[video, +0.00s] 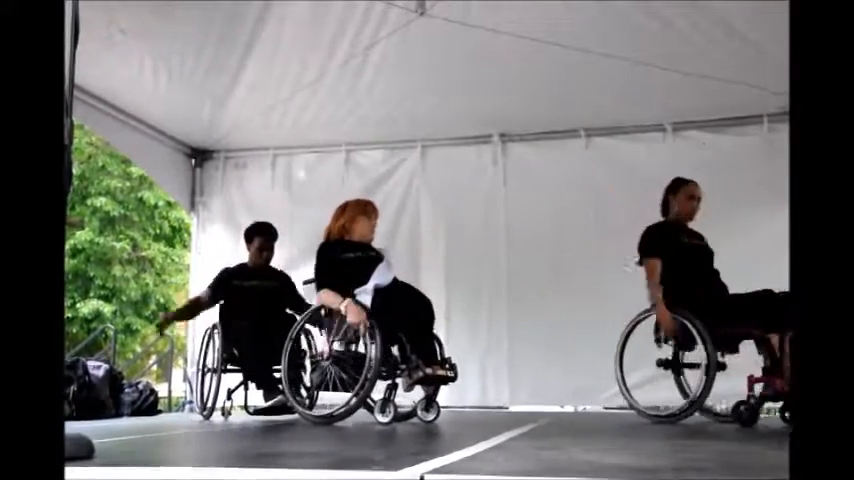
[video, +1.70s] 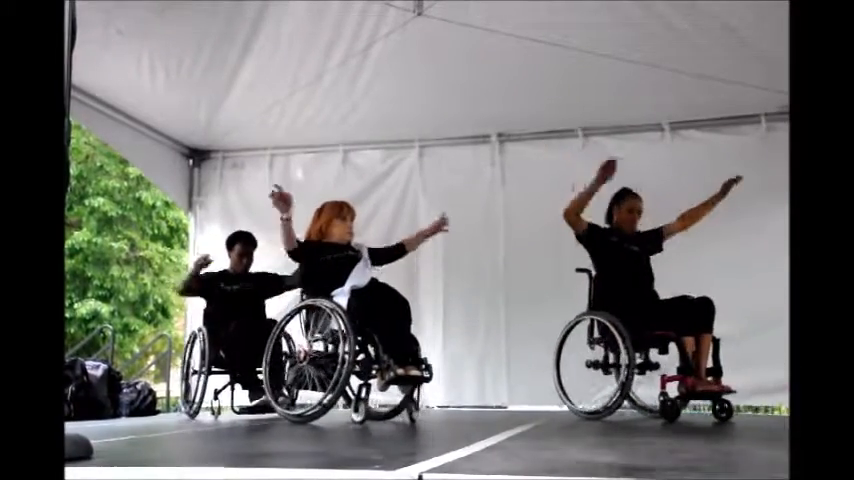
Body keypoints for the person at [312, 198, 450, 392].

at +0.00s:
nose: (374, 224)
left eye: (374, 220)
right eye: (369, 219)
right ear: (351, 222)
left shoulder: (370, 250)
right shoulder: (330, 250)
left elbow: (382, 280)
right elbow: (324, 293)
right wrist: (347, 305)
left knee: (421, 306)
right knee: (407, 312)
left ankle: (428, 363)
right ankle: (420, 364)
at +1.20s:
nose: (370, 224)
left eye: (370, 219)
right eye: (365, 219)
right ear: (346, 222)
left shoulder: (367, 251)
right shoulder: (327, 251)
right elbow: (306, 297)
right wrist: (334, 298)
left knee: (420, 305)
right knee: (405, 310)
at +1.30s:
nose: (365, 224)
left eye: (365, 219)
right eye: (359, 218)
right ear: (340, 222)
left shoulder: (362, 251)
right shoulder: (321, 251)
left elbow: (378, 273)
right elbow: (305, 281)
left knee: (415, 305)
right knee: (397, 312)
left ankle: (420, 362)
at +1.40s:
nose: (361, 227)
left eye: (362, 221)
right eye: (356, 221)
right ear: (338, 223)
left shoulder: (359, 252)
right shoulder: (318, 252)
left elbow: (378, 282)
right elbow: (292, 287)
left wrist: (413, 286)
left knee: (407, 302)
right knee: (401, 306)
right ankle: (415, 362)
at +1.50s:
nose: (358, 226)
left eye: (358, 221)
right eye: (353, 220)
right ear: (335, 222)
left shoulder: (362, 255)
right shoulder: (316, 250)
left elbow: (391, 267)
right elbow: (284, 269)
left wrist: (422, 261)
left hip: (363, 309)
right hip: (332, 313)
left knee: (404, 303)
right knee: (387, 307)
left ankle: (414, 361)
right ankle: (401, 363)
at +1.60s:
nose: (353, 225)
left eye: (354, 220)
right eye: (347, 219)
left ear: (355, 225)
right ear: (329, 223)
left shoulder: (362, 253)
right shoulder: (314, 250)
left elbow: (394, 257)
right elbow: (285, 253)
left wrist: (425, 243)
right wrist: (274, 223)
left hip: (359, 311)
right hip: (330, 314)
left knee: (401, 305)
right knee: (383, 309)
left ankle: (410, 362)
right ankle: (401, 363)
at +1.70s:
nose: (350, 225)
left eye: (351, 221)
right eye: (344, 220)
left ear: (353, 224)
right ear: (327, 223)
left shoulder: (360, 253)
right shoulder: (312, 250)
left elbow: (396, 251)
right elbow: (291, 248)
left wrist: (428, 232)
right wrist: (286, 215)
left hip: (360, 304)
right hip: (327, 310)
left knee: (398, 305)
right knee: (378, 313)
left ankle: (407, 362)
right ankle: (391, 364)